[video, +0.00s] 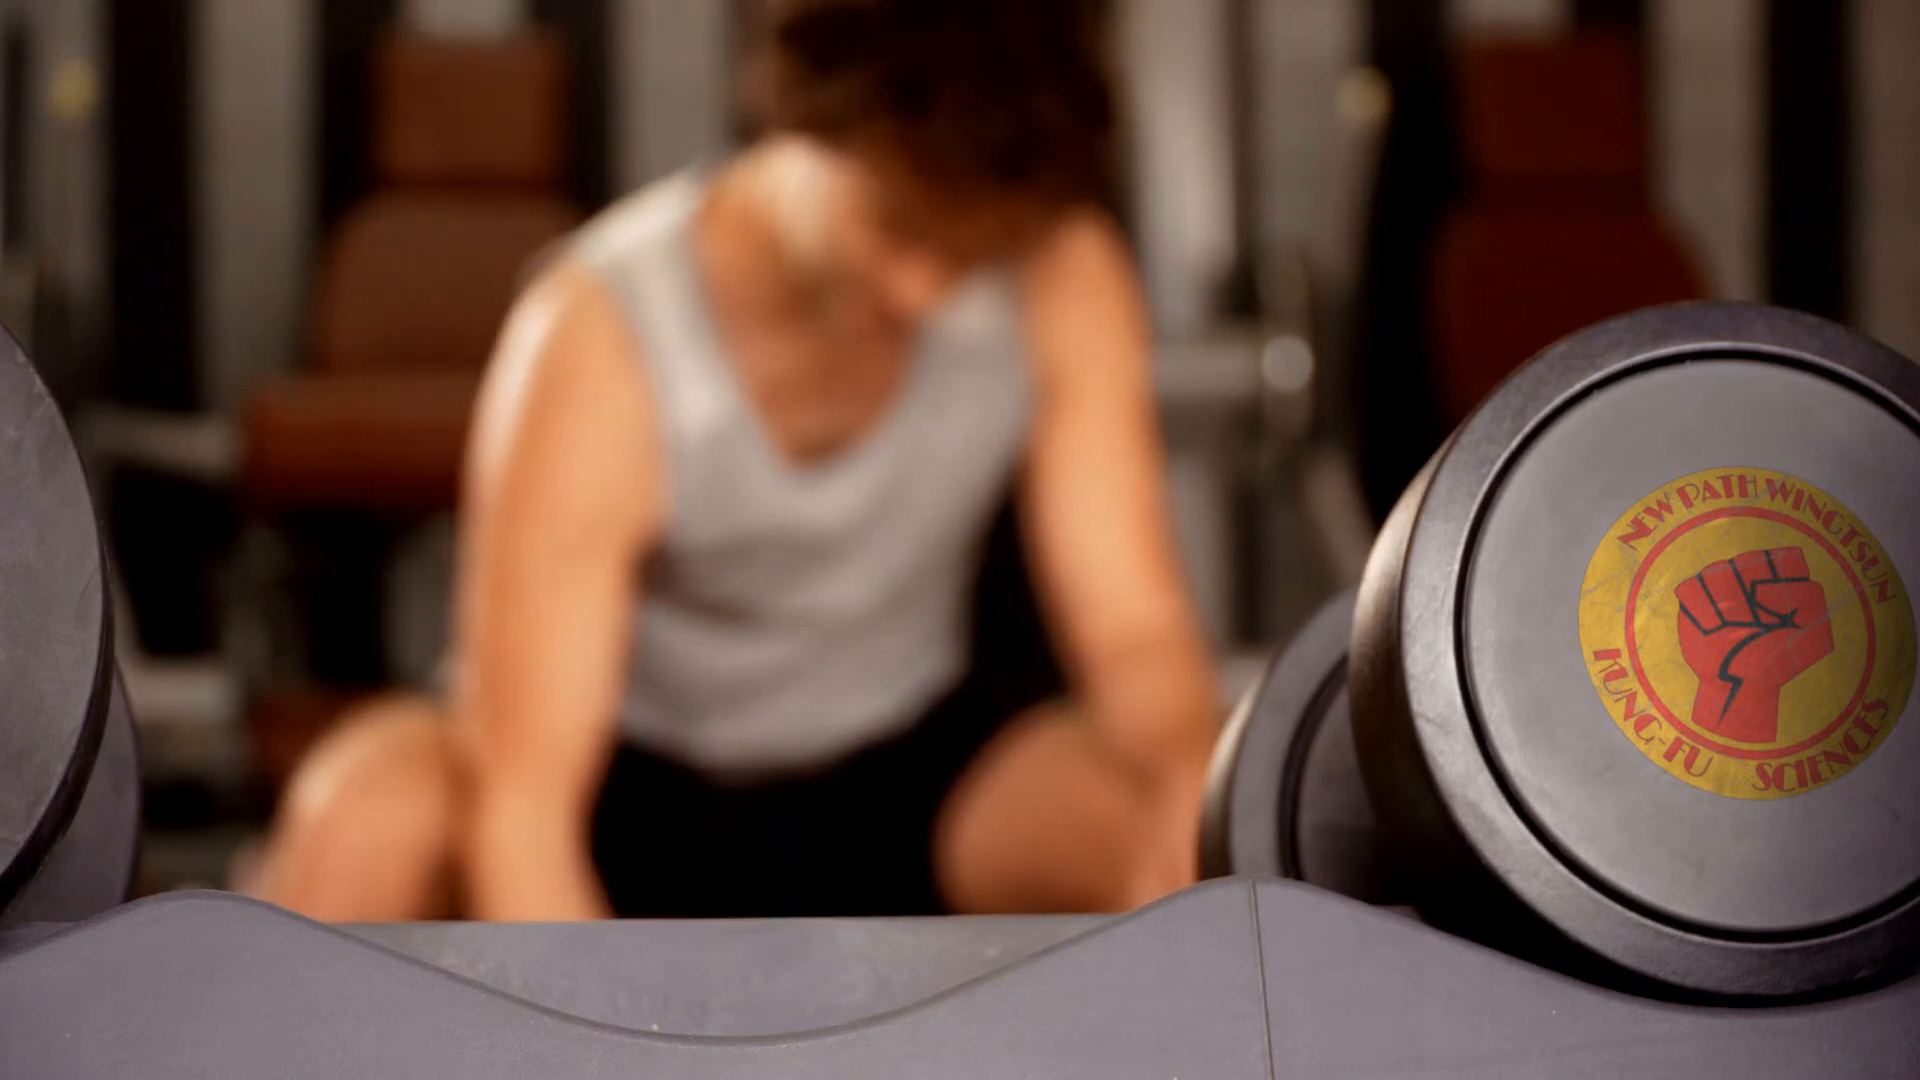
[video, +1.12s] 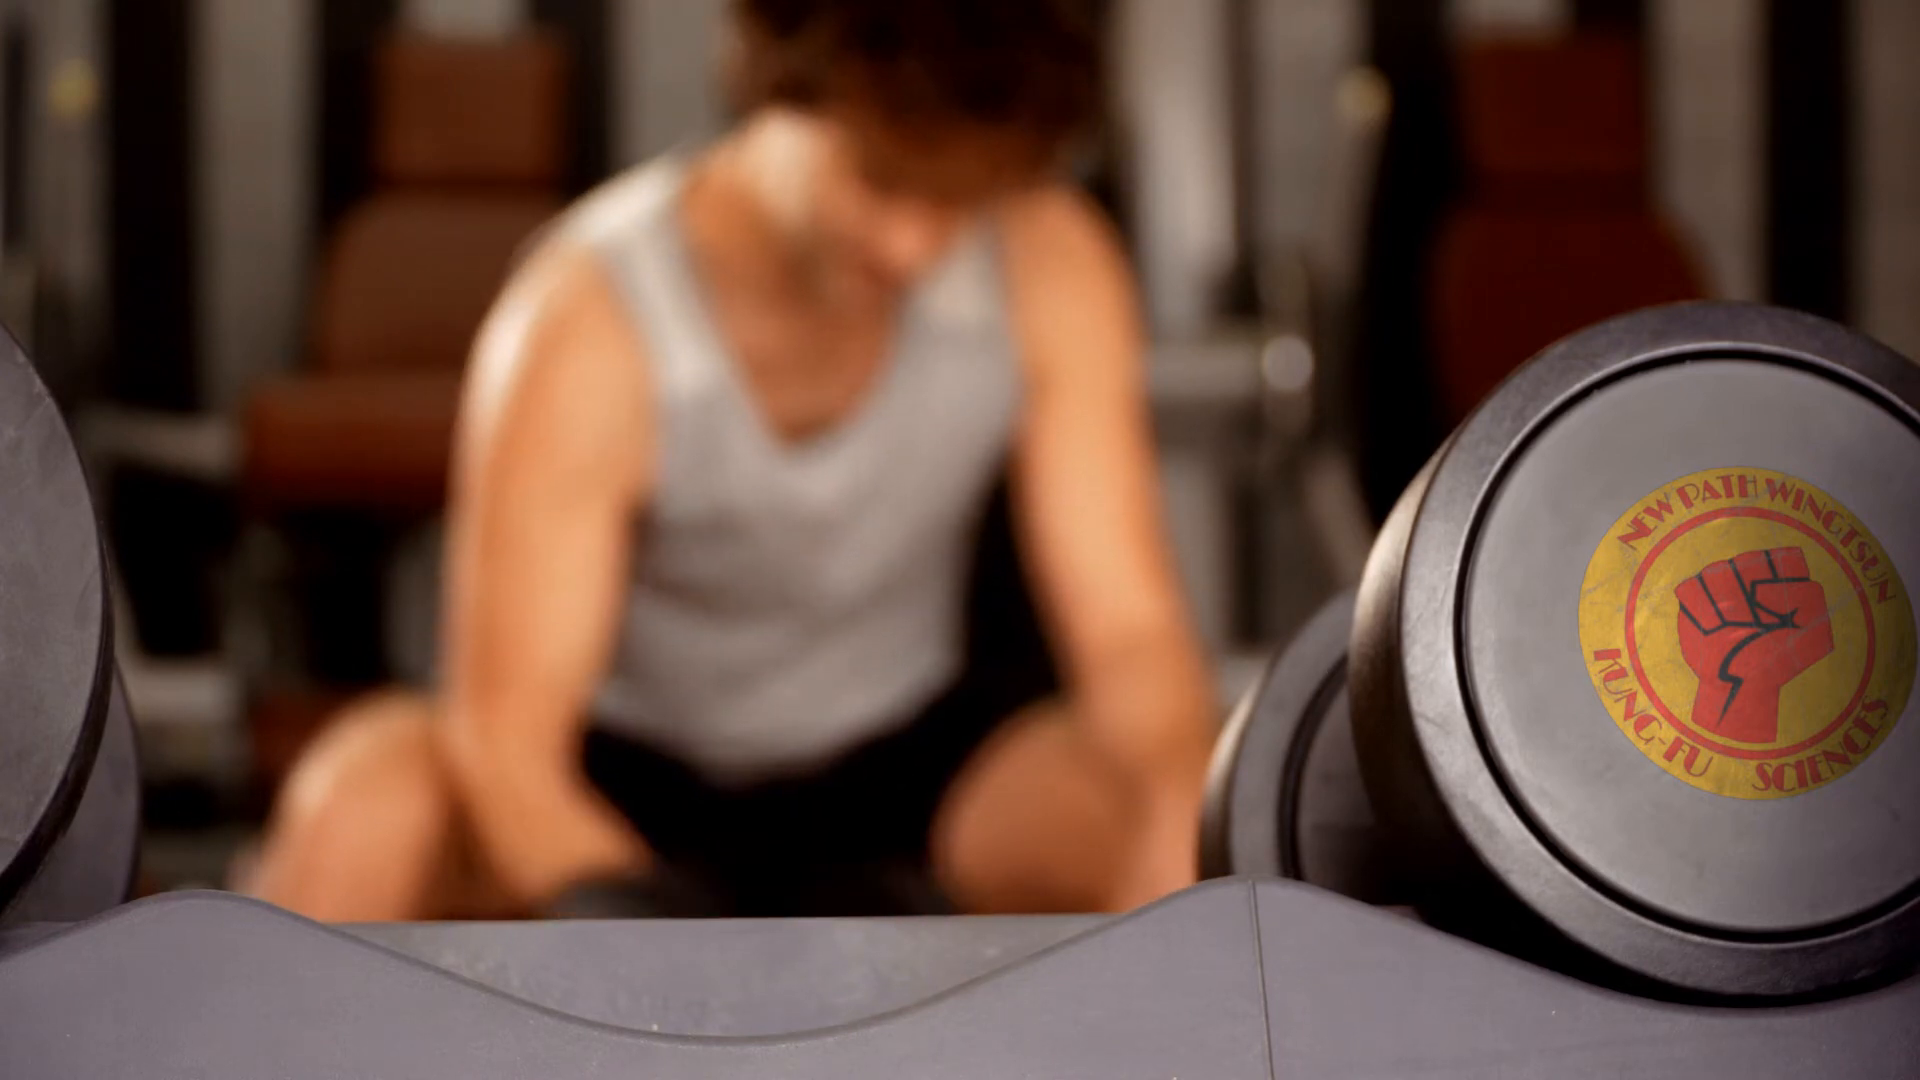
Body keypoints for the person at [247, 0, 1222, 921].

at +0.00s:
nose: (922, 297)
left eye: (976, 253)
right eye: (896, 234)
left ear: (1032, 206)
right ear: (804, 134)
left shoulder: (1055, 266)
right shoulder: (595, 334)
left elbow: (1136, 641)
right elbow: (523, 809)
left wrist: (1214, 832)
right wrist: (607, 1060)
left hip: (903, 782)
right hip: (628, 797)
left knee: (1195, 816)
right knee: (365, 798)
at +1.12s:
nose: (916, 246)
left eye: (965, 200)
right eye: (883, 185)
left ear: (1012, 162)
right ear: (787, 96)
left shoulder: (1044, 254)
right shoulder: (587, 312)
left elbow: (1129, 637)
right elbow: (507, 749)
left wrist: (1183, 848)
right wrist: (678, 959)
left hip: (903, 773)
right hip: (627, 786)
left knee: (1186, 808)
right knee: (365, 788)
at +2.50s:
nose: (866, 214)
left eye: (913, 165)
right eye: (830, 152)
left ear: (963, 131)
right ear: (729, 79)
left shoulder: (1007, 251)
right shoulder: (494, 319)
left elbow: (1121, 630)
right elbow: (512, 748)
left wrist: (1181, 880)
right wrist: (749, 695)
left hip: (896, 782)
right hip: (600, 793)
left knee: (1165, 811)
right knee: (368, 807)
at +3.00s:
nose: (883, 220)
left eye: (933, 174)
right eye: (847, 158)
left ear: (996, 144)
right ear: (755, 81)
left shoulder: (1039, 258)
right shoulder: (559, 335)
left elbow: (1126, 637)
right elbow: (520, 797)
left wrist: (1159, 863)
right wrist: (627, 1051)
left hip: (902, 786)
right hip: (623, 796)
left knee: (1179, 803)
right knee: (361, 796)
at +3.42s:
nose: (879, 226)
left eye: (929, 180)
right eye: (842, 165)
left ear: (991, 149)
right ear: (747, 91)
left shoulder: (1034, 258)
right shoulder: (566, 343)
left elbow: (1123, 638)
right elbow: (538, 796)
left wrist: (1151, 864)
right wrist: (566, 1062)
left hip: (896, 783)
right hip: (620, 796)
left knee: (1167, 804)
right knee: (366, 805)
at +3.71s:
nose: (880, 257)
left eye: (933, 210)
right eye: (846, 189)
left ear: (999, 188)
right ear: (758, 131)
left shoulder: (1036, 268)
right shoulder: (571, 358)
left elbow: (1113, 650)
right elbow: (515, 807)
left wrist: (1112, 860)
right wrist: (527, 1065)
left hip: (888, 788)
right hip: (612, 800)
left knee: (1145, 812)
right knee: (349, 798)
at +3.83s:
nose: (894, 328)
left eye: (948, 281)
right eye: (857, 262)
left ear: (1015, 266)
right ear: (772, 205)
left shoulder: (1046, 286)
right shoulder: (583, 397)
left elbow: (1101, 661)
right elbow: (508, 830)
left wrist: (1005, 814)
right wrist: (518, 1076)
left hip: (893, 783)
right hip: (613, 796)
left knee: (1138, 829)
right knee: (344, 803)